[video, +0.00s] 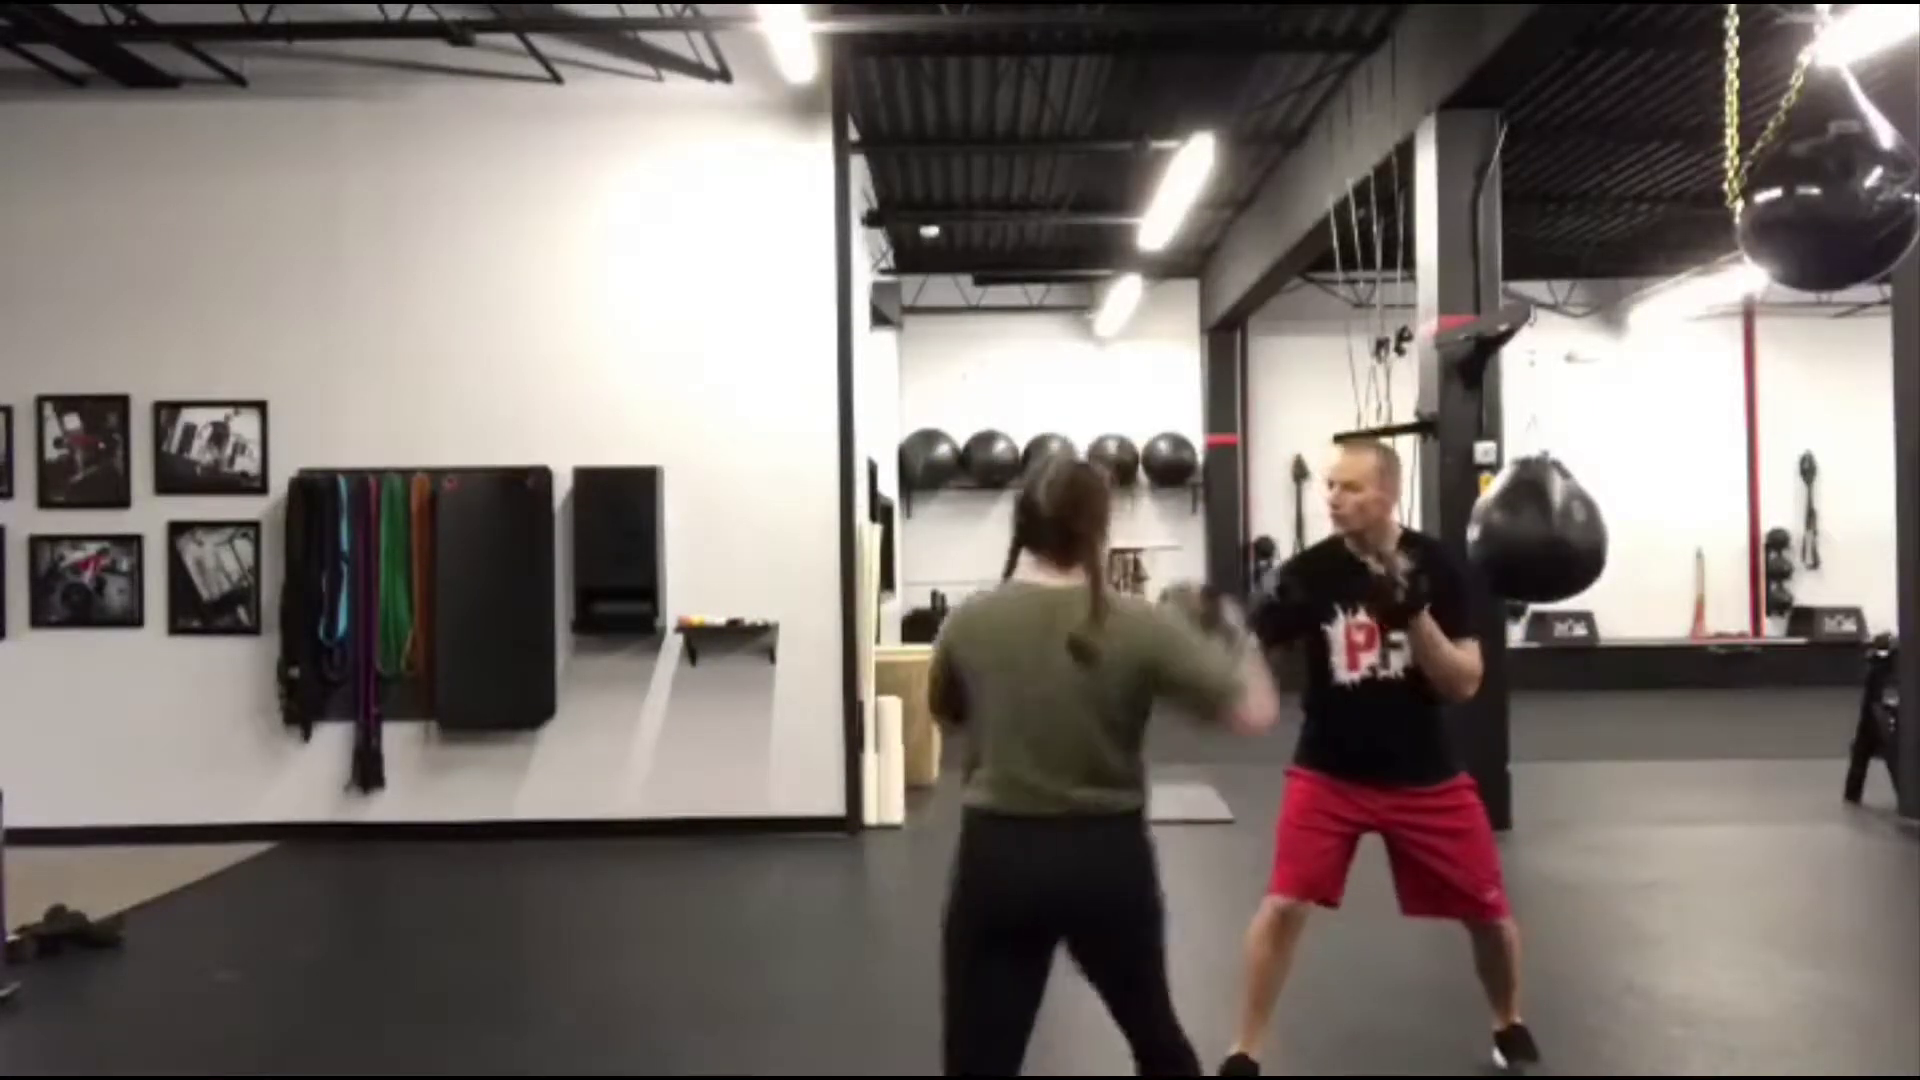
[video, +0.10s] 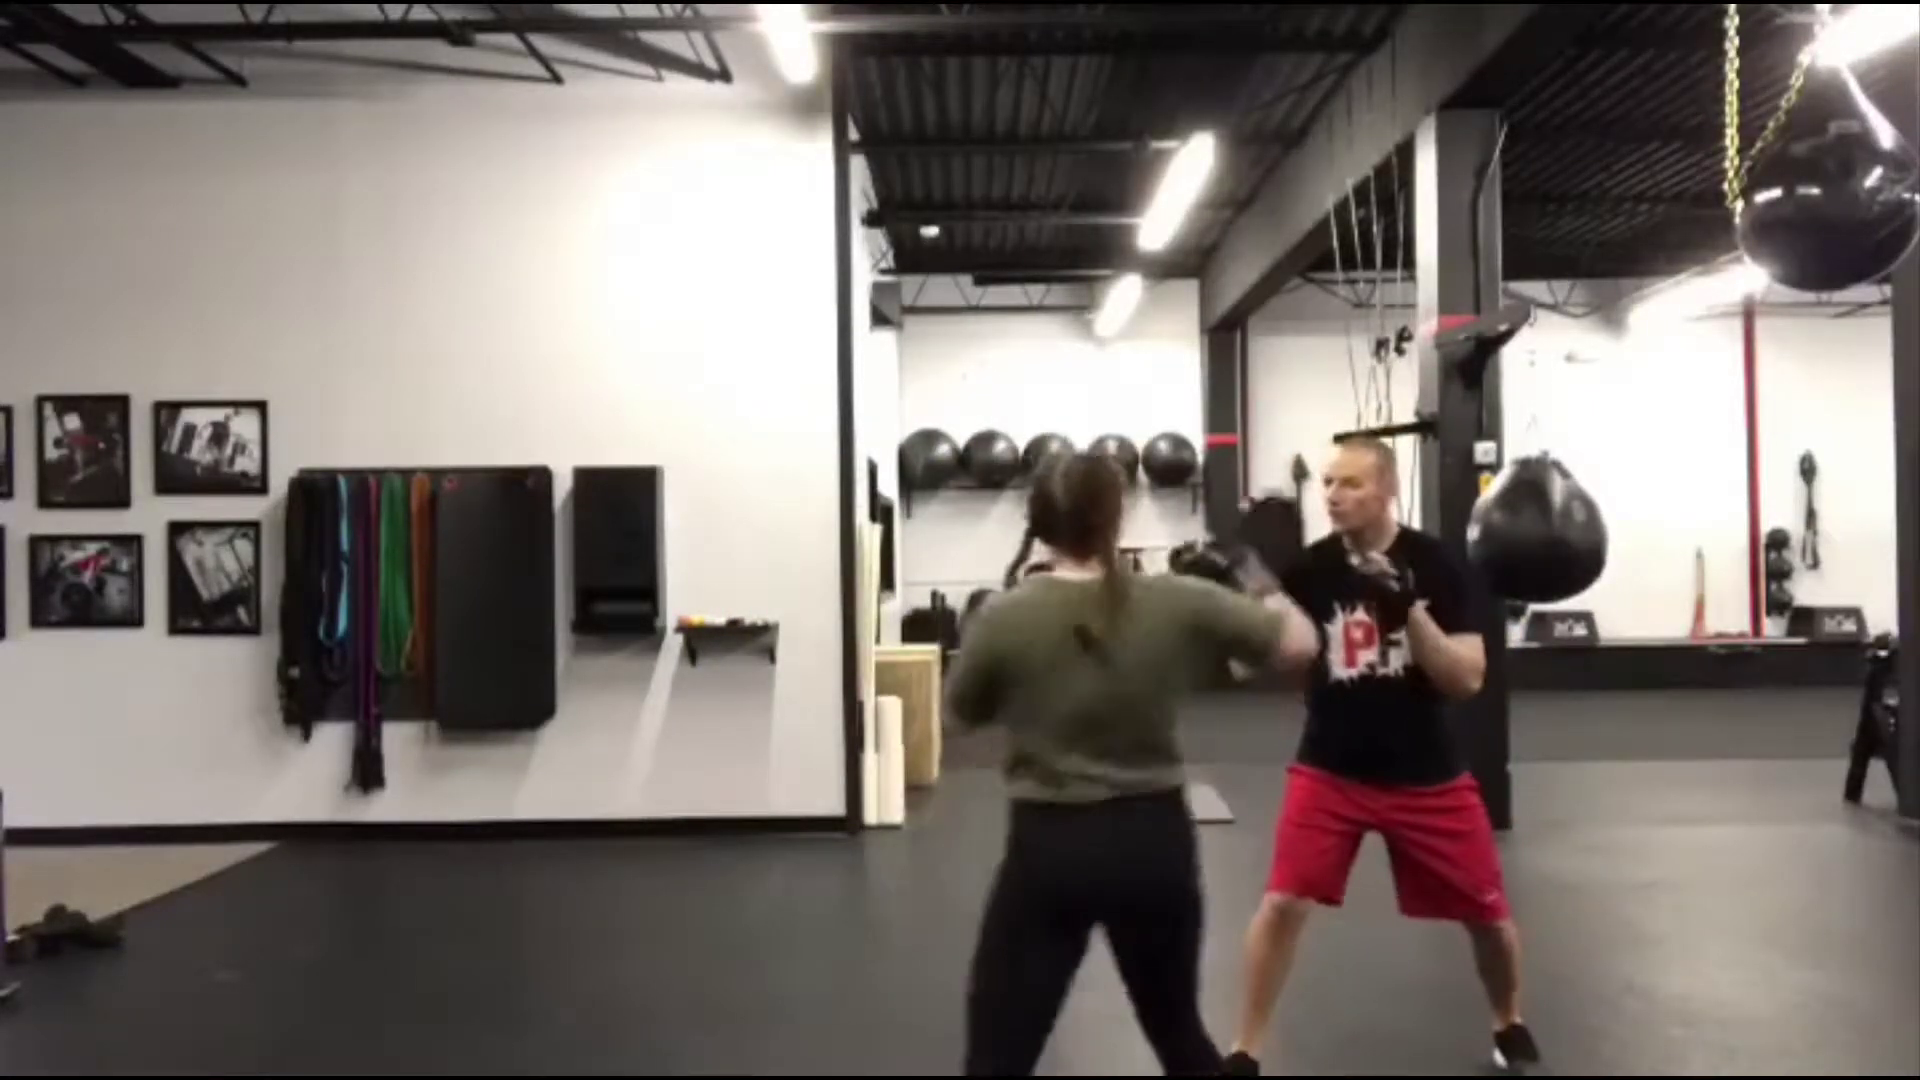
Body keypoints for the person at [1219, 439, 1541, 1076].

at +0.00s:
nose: (1335, 500)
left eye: (1349, 488)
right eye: (1331, 488)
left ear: (1389, 493)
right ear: (1327, 493)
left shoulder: (1439, 566)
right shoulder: (1310, 571)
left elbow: (1464, 680)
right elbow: (1253, 650)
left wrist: (1410, 615)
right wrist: (1258, 694)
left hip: (1429, 778)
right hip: (1327, 775)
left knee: (1491, 917)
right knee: (1284, 905)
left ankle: (1509, 1026)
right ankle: (1245, 1053)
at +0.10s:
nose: (1334, 496)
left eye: (1349, 484)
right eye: (1329, 485)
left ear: (1388, 489)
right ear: (1323, 493)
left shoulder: (1440, 564)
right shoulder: (1309, 570)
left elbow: (1465, 677)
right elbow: (1283, 657)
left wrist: (1407, 608)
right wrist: (1250, 604)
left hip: (1431, 778)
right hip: (1329, 772)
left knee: (1491, 919)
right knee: (1282, 904)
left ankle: (1510, 1026)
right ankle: (1245, 1052)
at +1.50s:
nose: (1301, 501)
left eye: (1314, 487)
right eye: (1289, 489)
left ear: (1342, 490)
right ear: (1278, 496)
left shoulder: (1391, 561)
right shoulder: (1266, 568)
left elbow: (1435, 665)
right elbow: (1234, 649)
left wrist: (1360, 660)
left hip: (1405, 778)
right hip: (1311, 778)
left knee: (1469, 914)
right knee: (1264, 914)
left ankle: (1514, 1022)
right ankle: (1235, 1047)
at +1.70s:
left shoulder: (1327, 569)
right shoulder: (1198, 585)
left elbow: (1391, 657)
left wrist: (1361, 720)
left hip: (1338, 765)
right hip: (1252, 778)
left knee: (1420, 896)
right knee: (1245, 915)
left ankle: (1500, 1018)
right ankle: (1236, 1045)